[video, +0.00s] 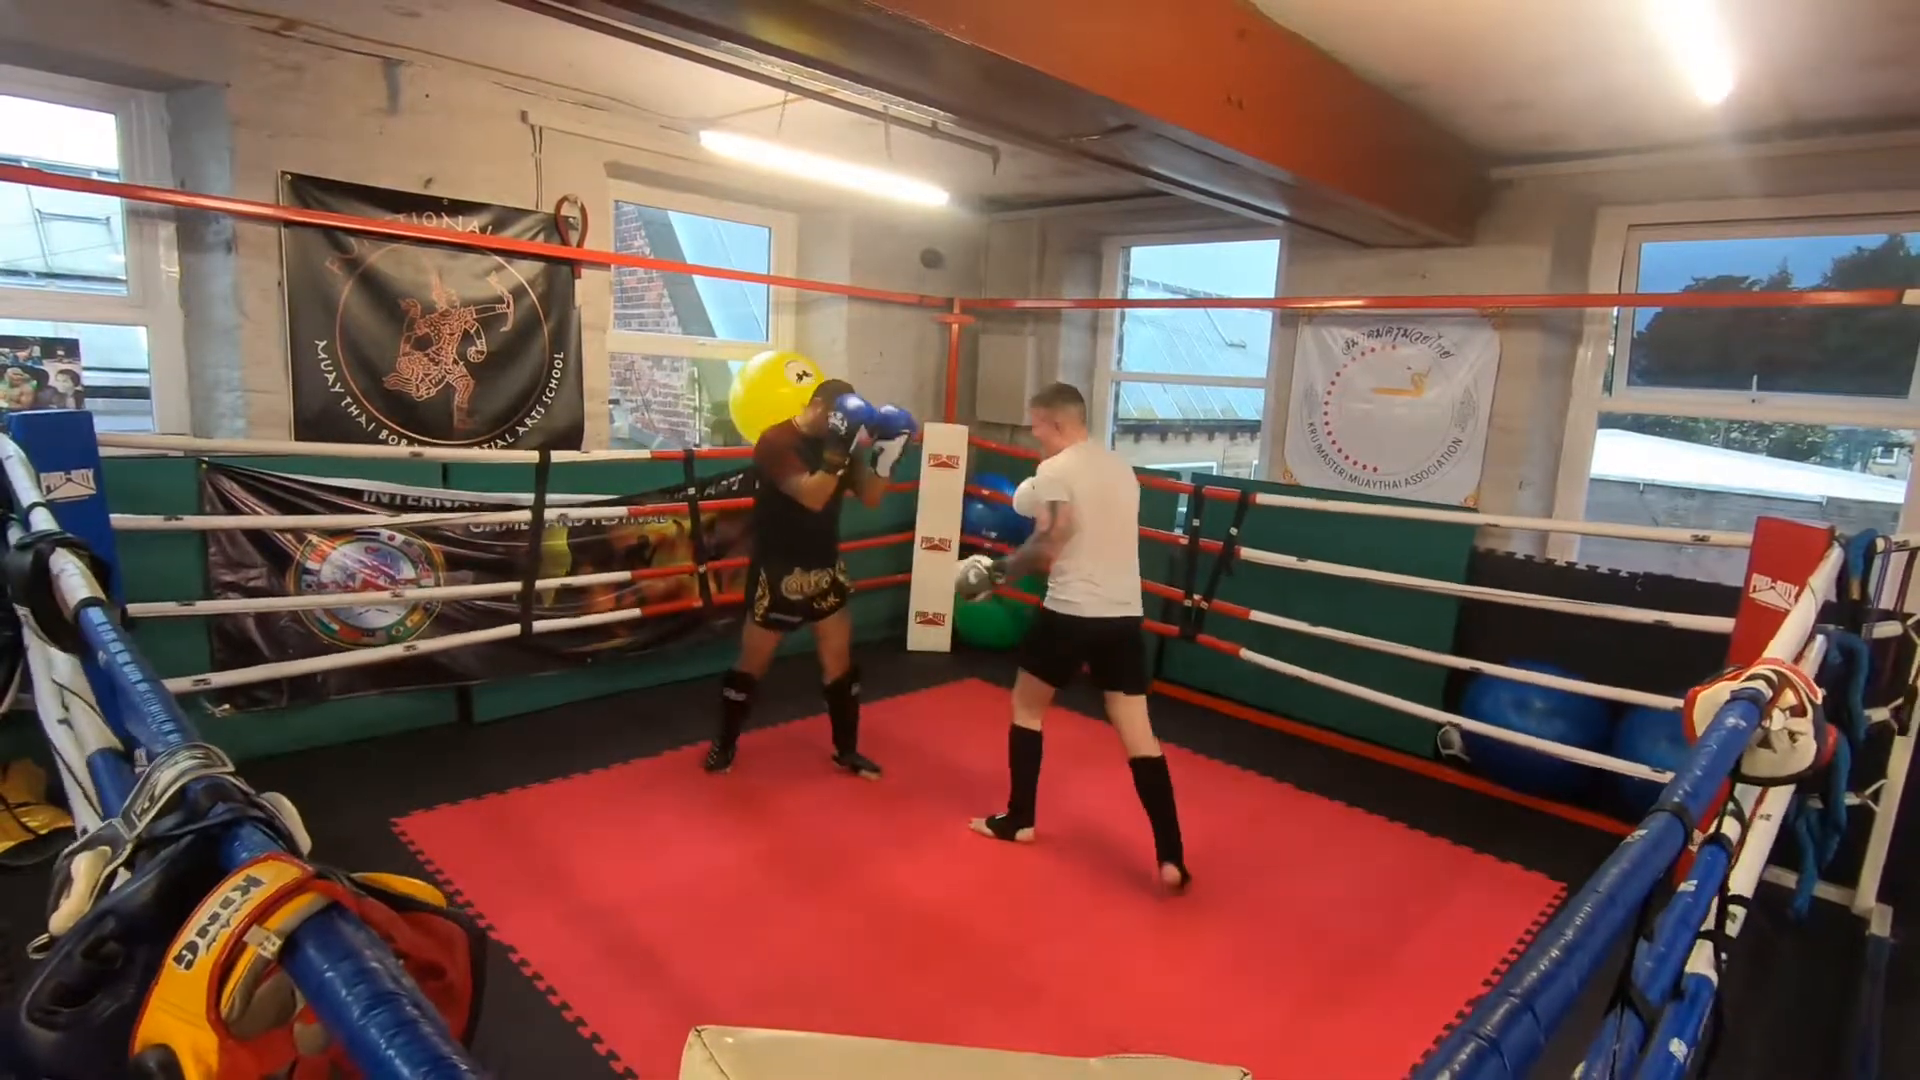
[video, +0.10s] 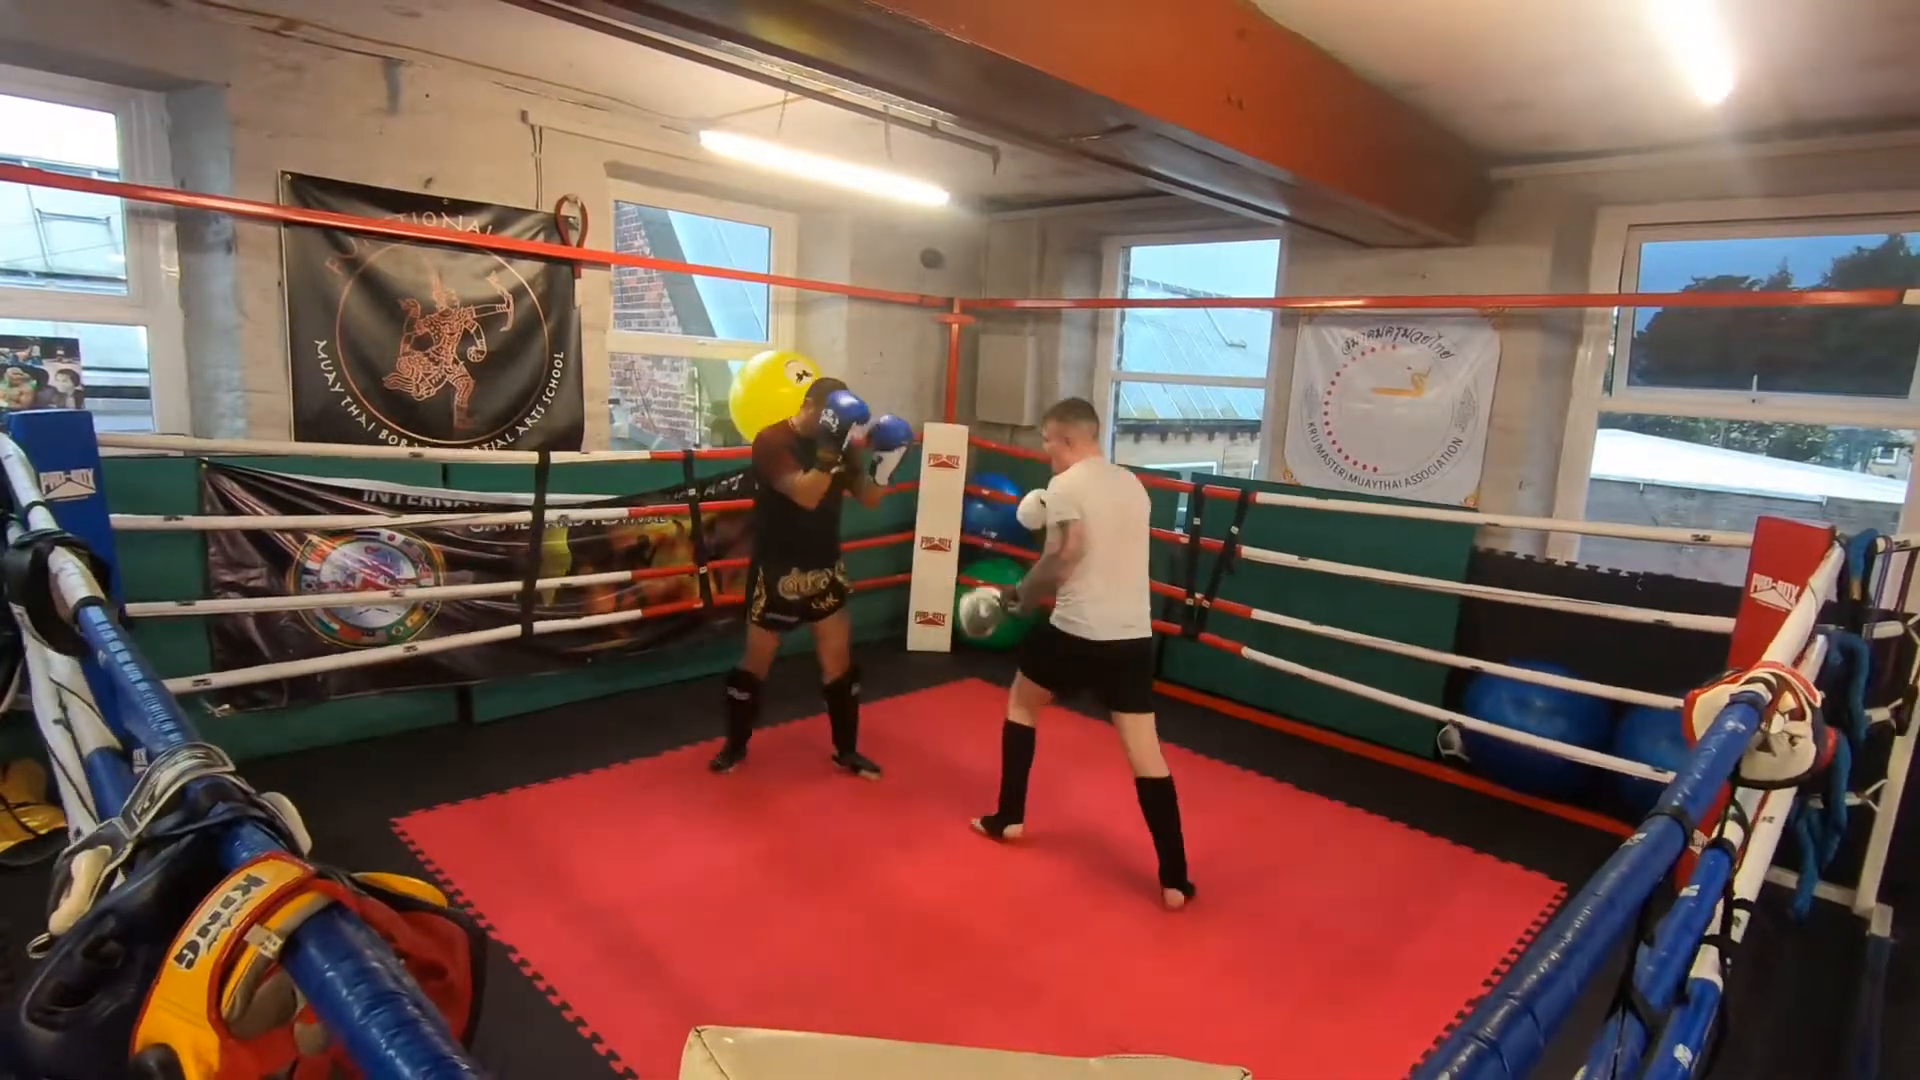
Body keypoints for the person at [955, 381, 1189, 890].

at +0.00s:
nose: (1037, 440)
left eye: (1037, 431)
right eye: (1034, 432)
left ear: (1054, 423)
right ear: (1080, 422)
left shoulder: (1055, 470)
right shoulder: (1123, 470)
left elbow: (1052, 539)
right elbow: (1104, 541)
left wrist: (1004, 569)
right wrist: (1017, 560)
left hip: (1068, 615)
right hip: (1124, 618)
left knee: (1028, 707)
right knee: (1138, 732)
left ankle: (1018, 818)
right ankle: (1171, 857)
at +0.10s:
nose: (1049, 456)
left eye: (1050, 446)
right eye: (1047, 447)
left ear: (1068, 440)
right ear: (1095, 438)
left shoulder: (1066, 487)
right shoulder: (1134, 486)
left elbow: (1061, 556)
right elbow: (1113, 557)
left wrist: (1021, 596)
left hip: (1076, 633)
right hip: (1134, 638)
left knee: (1023, 703)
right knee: (1147, 752)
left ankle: (1009, 816)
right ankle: (1175, 880)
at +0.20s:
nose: (1041, 446)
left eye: (1044, 435)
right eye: (1042, 436)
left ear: (1061, 432)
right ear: (1092, 431)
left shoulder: (1055, 480)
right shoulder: (1134, 479)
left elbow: (1051, 555)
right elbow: (1118, 551)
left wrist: (1008, 591)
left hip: (1068, 629)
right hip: (1130, 634)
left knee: (1024, 708)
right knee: (1146, 746)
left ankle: (994, 819)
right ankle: (1174, 876)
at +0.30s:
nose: (1036, 428)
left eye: (1036, 420)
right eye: (1036, 420)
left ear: (1044, 417)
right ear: (1082, 415)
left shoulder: (1036, 467)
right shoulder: (1126, 467)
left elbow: (1003, 536)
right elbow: (1129, 533)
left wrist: (952, 545)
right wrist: (1041, 537)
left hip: (1063, 623)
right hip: (1123, 624)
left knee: (1026, 719)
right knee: (1145, 738)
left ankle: (994, 823)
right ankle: (1175, 861)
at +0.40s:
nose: (1024, 432)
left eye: (1025, 424)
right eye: (1025, 424)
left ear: (1037, 419)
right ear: (1073, 416)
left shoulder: (1027, 462)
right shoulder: (1119, 463)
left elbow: (962, 497)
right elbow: (1131, 531)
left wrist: (910, 487)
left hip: (1061, 619)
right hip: (1122, 620)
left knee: (1028, 719)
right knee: (1145, 729)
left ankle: (993, 825)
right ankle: (1177, 852)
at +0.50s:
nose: (1021, 430)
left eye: (1021, 422)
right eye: (1020, 423)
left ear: (1035, 419)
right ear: (1068, 414)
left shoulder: (1023, 459)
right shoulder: (1117, 461)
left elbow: (948, 473)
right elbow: (1132, 529)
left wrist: (884, 462)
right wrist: (1076, 515)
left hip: (1061, 621)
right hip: (1124, 620)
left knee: (1028, 721)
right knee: (1150, 729)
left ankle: (993, 826)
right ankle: (1185, 852)